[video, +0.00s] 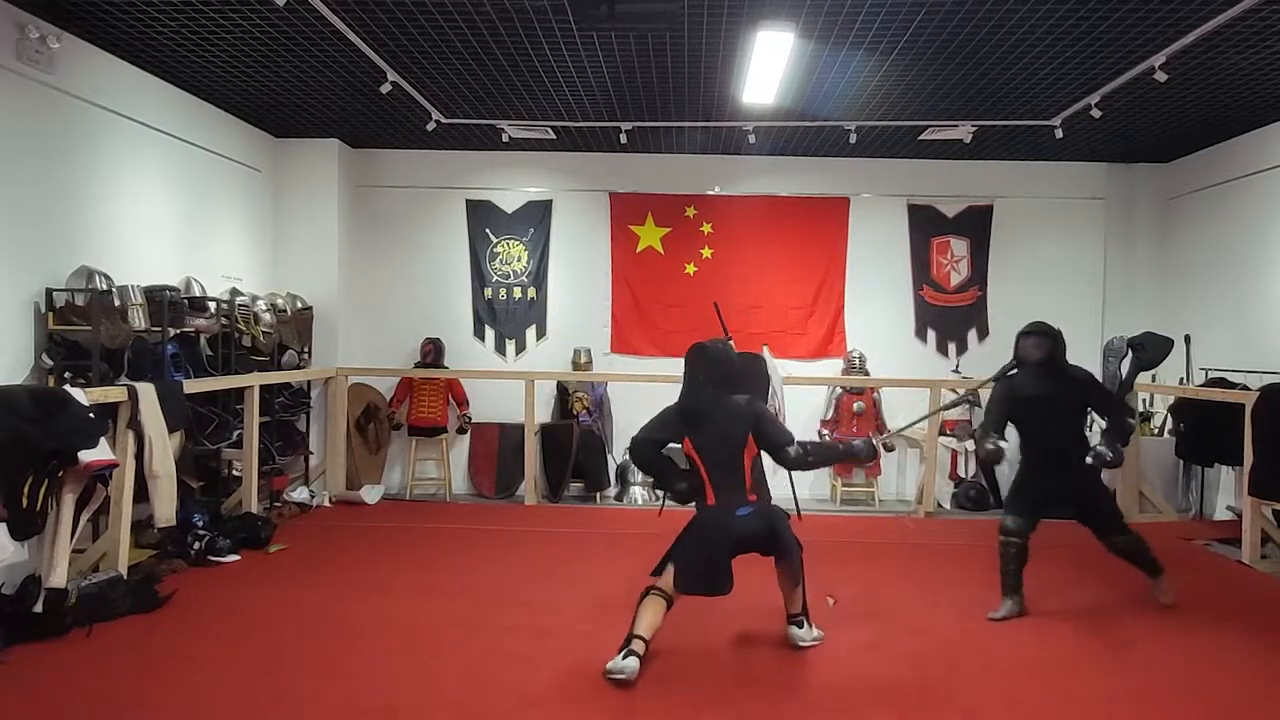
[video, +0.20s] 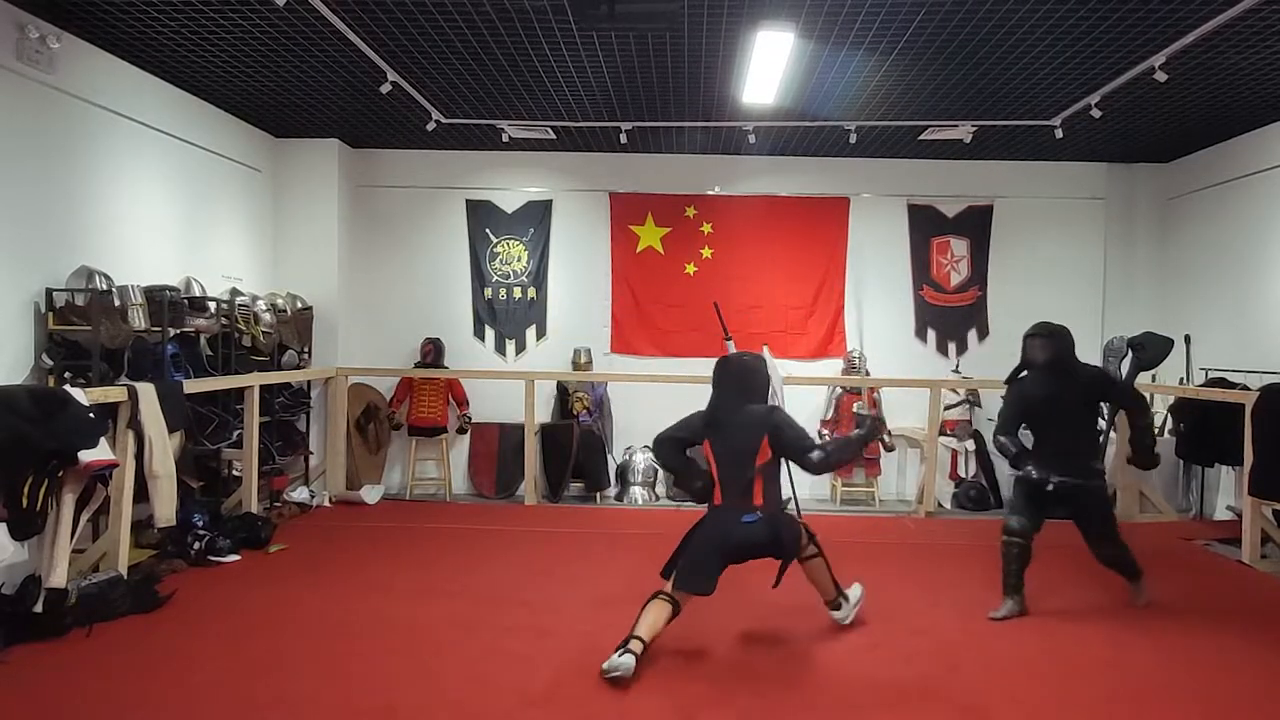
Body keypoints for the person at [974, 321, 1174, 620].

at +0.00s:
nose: (1033, 349)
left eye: (1040, 342)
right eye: (1027, 343)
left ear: (1055, 347)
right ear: (1017, 349)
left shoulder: (1077, 380)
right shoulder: (1008, 387)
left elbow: (1121, 414)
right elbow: (988, 431)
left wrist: (1110, 444)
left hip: (1077, 473)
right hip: (1033, 474)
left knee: (1117, 539)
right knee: (1011, 530)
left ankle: (1158, 576)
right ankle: (1012, 599)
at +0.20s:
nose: (1035, 352)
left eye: (1042, 344)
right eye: (1031, 345)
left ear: (1061, 348)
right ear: (1025, 351)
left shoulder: (1090, 379)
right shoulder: (1022, 388)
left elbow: (1136, 403)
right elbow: (1003, 435)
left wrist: (1143, 449)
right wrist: (1024, 461)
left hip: (1084, 477)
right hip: (1037, 475)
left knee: (1106, 549)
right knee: (1015, 531)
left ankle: (1136, 578)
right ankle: (1013, 598)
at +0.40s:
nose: (1066, 353)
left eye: (1074, 347)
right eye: (1062, 347)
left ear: (1091, 352)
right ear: (1057, 353)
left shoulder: (1116, 384)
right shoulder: (1049, 389)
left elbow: (1160, 404)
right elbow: (1012, 416)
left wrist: (1180, 423)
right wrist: (979, 438)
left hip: (1105, 480)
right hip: (1063, 479)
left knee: (1117, 546)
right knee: (1036, 532)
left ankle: (1137, 588)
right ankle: (1017, 597)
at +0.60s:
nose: (1084, 356)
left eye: (1090, 349)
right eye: (1078, 349)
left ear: (1105, 352)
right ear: (1069, 352)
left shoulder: (1124, 383)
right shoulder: (1057, 386)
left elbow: (1159, 418)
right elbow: (1026, 418)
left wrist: (1158, 449)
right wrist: (1003, 449)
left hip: (1105, 478)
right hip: (1062, 475)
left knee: (1117, 545)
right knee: (1033, 529)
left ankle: (1136, 588)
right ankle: (1019, 593)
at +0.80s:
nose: (1057, 362)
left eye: (1064, 354)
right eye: (1050, 354)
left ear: (1080, 354)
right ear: (1042, 354)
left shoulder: (1106, 386)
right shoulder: (1035, 386)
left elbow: (1137, 425)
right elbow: (1009, 430)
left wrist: (1121, 466)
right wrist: (1017, 467)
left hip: (1091, 473)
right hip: (1047, 471)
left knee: (1107, 542)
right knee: (1028, 530)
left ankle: (1134, 587)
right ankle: (1020, 594)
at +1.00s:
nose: (1025, 358)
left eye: (1032, 351)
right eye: (1022, 351)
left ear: (1051, 351)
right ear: (1020, 352)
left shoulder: (1085, 381)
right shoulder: (1017, 386)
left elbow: (1124, 424)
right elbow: (993, 430)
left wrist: (1099, 458)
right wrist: (997, 468)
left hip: (1080, 467)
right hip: (1038, 466)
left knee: (1091, 541)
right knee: (1023, 528)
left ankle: (1117, 577)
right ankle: (1020, 595)